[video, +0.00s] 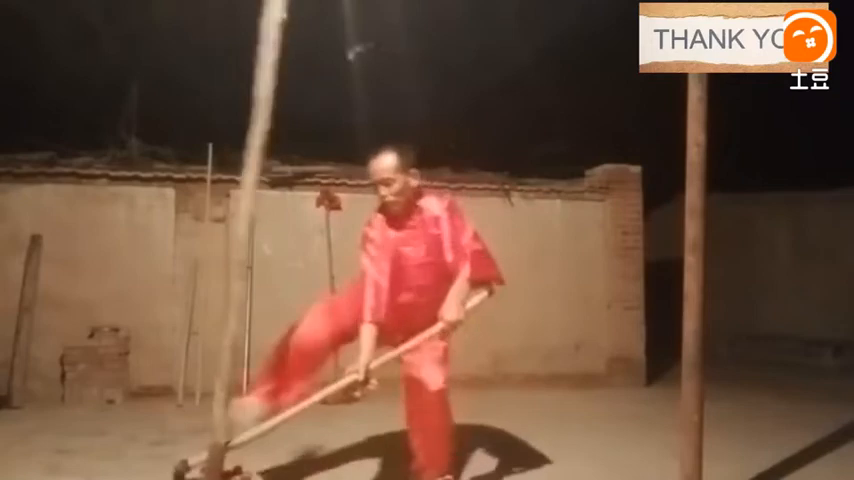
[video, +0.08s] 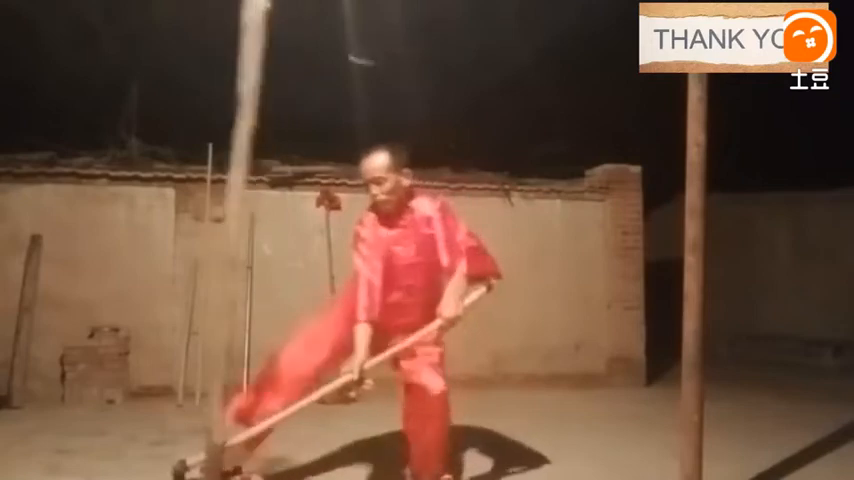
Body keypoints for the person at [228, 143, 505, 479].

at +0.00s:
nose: (383, 194)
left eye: (389, 184)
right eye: (377, 186)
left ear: (412, 179)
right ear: (374, 187)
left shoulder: (441, 210)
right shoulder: (377, 229)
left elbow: (471, 261)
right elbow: (373, 295)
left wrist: (455, 298)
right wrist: (364, 361)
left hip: (424, 315)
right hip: (378, 305)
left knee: (428, 393)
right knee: (310, 334)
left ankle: (434, 475)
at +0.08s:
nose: (374, 192)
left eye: (380, 182)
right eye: (369, 184)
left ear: (405, 179)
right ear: (366, 186)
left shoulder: (433, 211)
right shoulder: (369, 227)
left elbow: (467, 260)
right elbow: (364, 292)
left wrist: (453, 297)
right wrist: (360, 355)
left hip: (417, 325)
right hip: (365, 319)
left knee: (430, 400)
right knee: (296, 361)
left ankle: (428, 475)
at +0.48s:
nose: (349, 199)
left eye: (357, 189)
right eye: (343, 191)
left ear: (381, 187)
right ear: (338, 193)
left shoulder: (402, 227)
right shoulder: (338, 233)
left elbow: (446, 270)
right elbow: (323, 302)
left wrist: (463, 318)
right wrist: (314, 375)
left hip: (389, 342)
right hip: (330, 343)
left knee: (433, 389)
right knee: (287, 404)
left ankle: (438, 472)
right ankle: (257, 472)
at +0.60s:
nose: (346, 190)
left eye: (354, 180)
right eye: (341, 181)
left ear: (378, 178)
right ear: (336, 184)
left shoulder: (400, 225)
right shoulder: (331, 224)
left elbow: (444, 269)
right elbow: (309, 279)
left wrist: (465, 322)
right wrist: (299, 327)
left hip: (388, 338)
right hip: (329, 338)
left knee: (427, 402)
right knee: (287, 399)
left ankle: (451, 468)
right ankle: (257, 471)